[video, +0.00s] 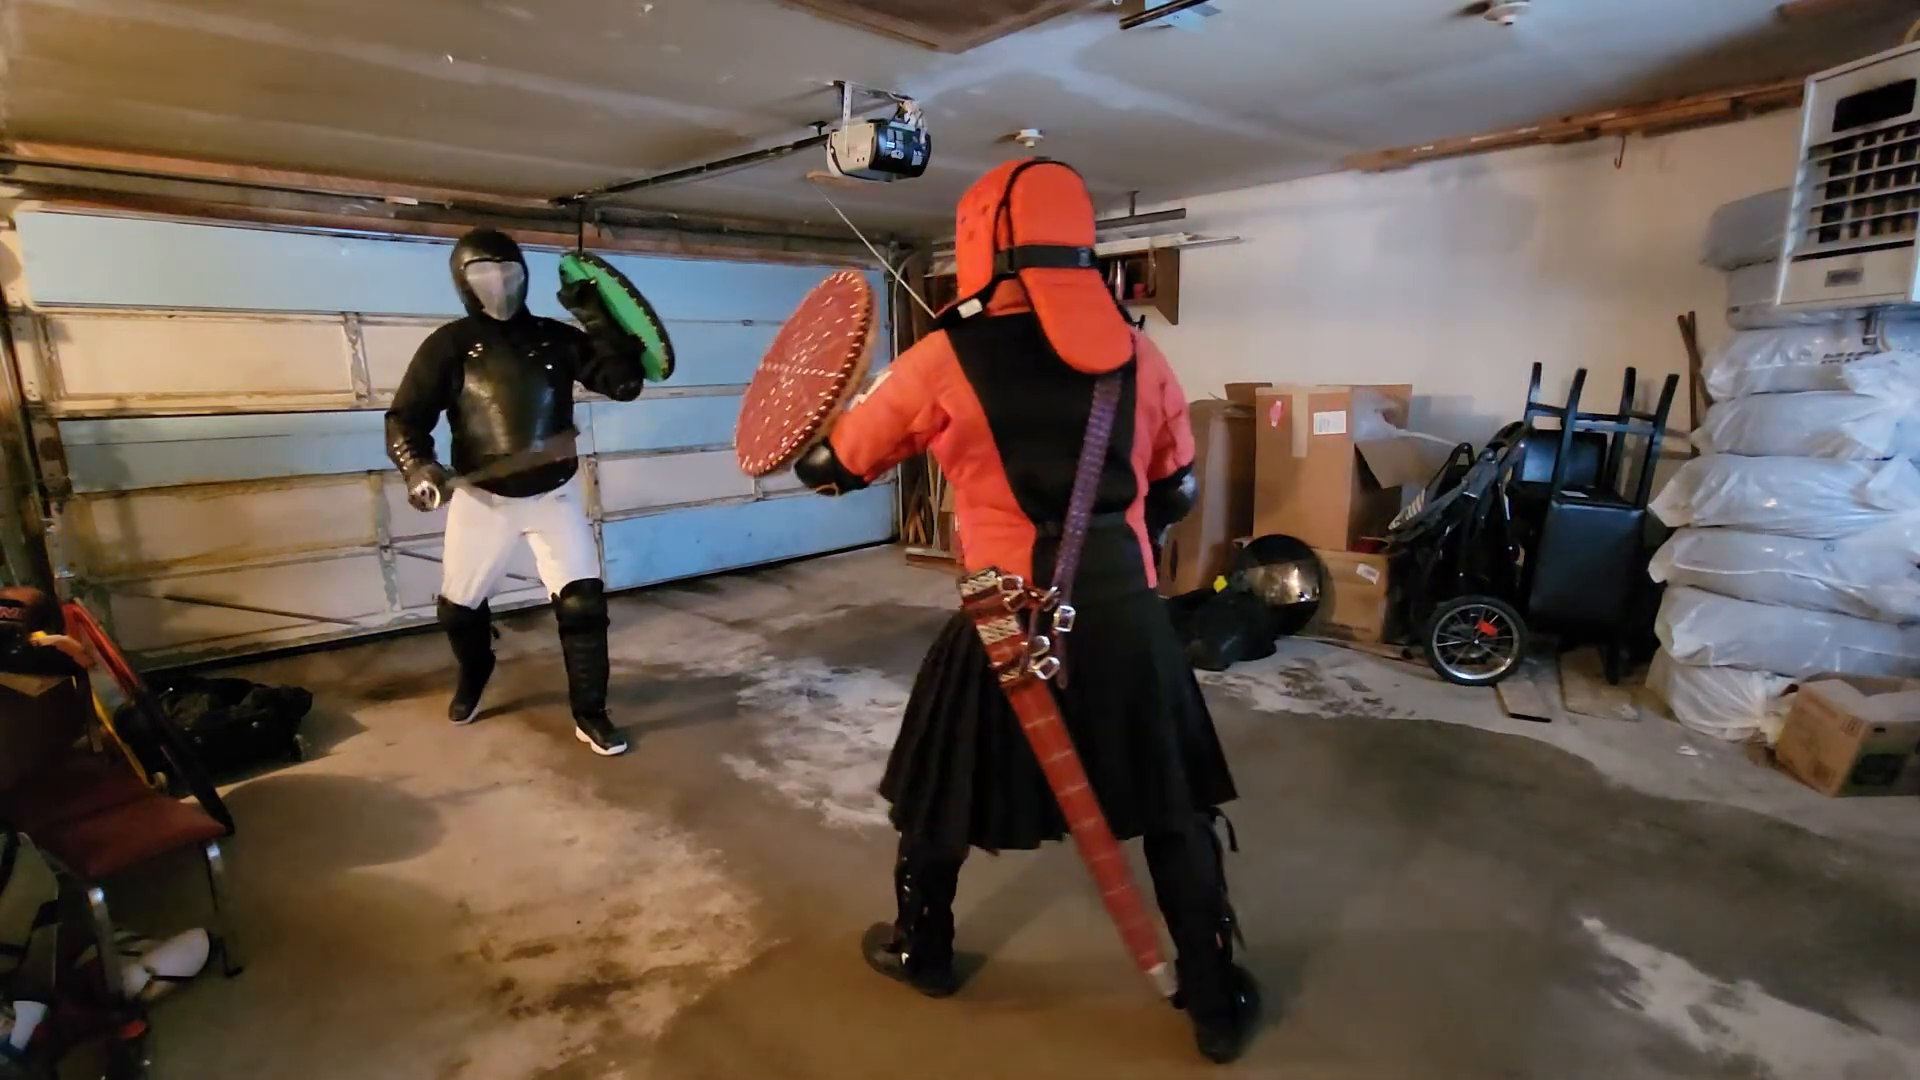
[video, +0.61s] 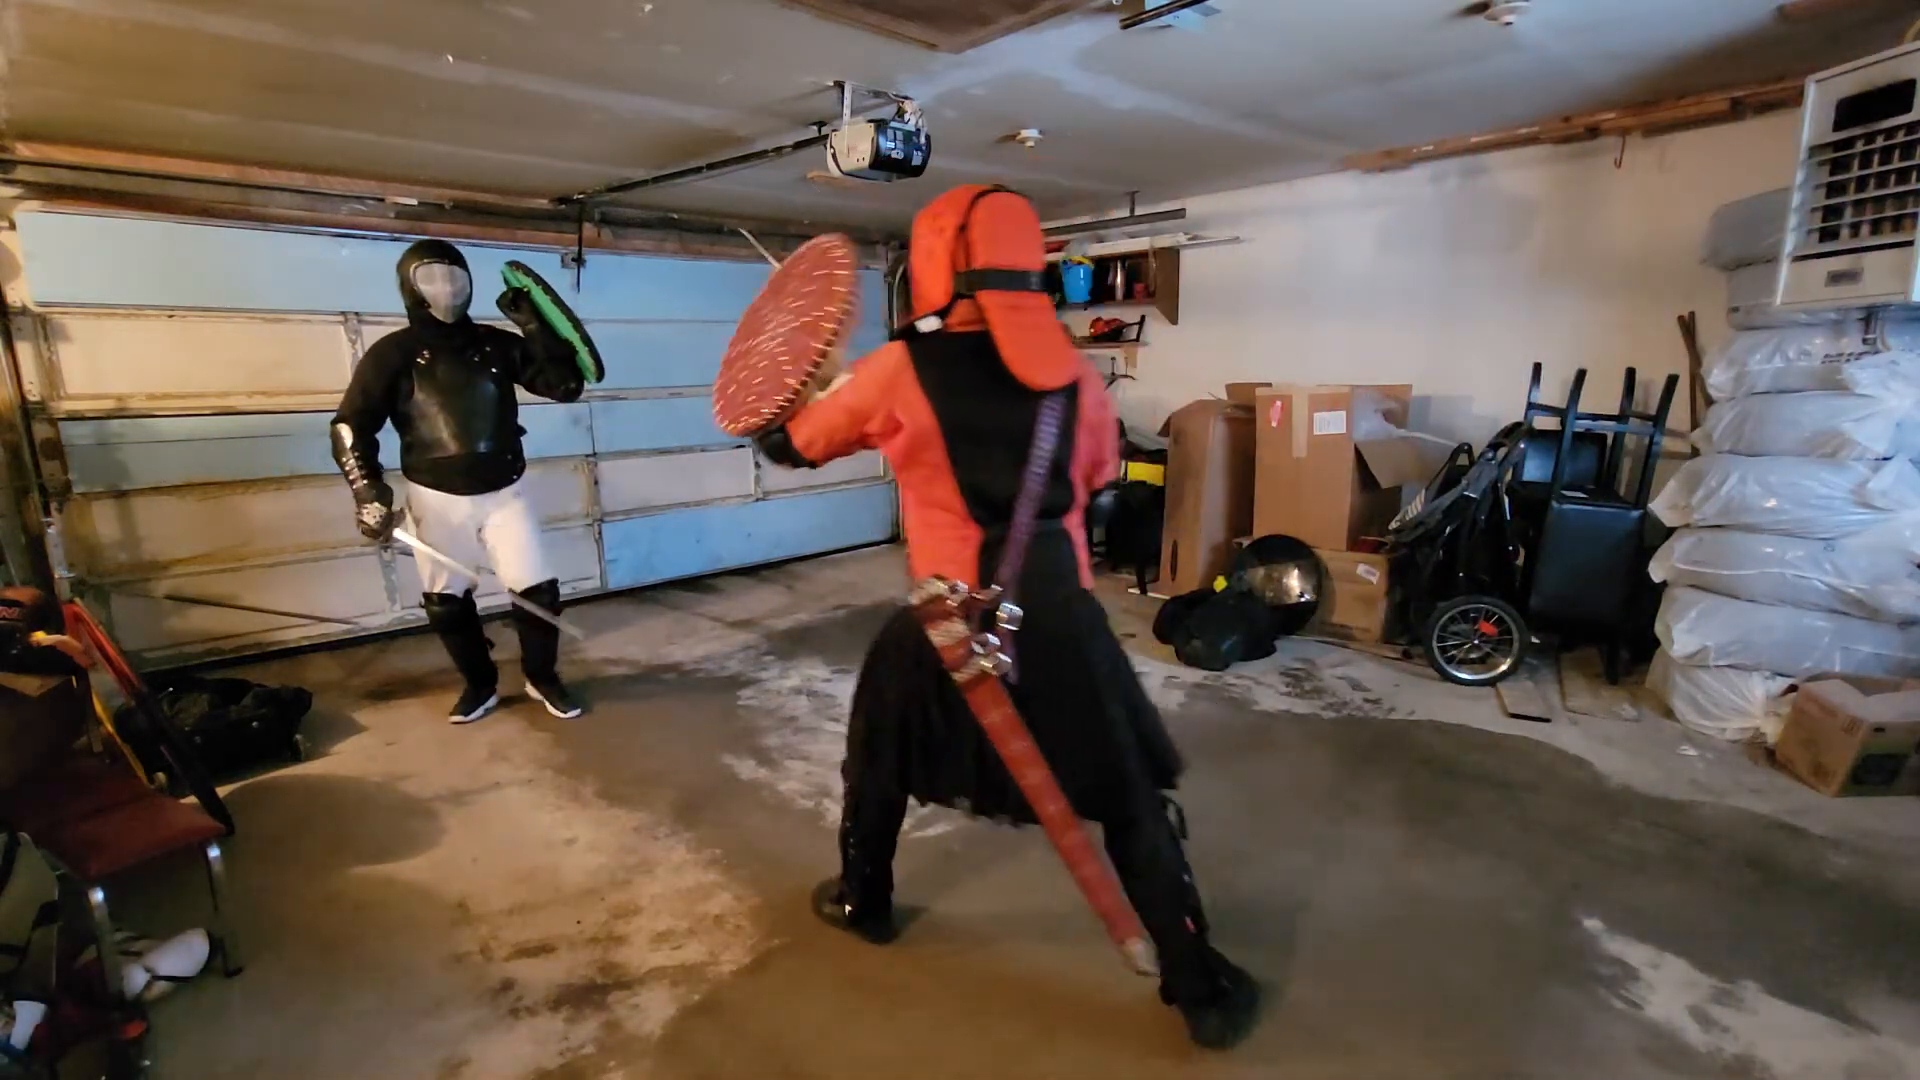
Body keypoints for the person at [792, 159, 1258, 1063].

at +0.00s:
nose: (958, 260)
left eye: (965, 244)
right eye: (961, 245)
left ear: (986, 247)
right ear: (1079, 245)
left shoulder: (945, 358)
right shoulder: (1137, 355)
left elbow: (845, 460)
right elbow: (1174, 493)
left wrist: (811, 447)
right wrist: (1107, 540)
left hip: (1002, 624)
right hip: (1127, 618)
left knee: (940, 773)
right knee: (1171, 802)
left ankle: (925, 942)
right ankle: (1216, 999)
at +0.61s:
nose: (912, 278)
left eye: (919, 264)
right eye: (921, 264)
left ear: (938, 270)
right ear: (1031, 270)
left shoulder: (903, 367)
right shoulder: (1073, 376)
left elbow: (807, 441)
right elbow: (1096, 473)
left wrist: (779, 417)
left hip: (944, 620)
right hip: (1060, 619)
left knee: (881, 734)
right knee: (1127, 791)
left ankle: (864, 894)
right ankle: (1200, 984)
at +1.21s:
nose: (943, 273)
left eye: (949, 260)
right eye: (950, 260)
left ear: (970, 267)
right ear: (1062, 264)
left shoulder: (934, 366)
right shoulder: (1107, 377)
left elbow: (833, 433)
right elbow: (1124, 489)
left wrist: (809, 391)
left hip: (967, 614)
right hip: (1080, 612)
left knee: (897, 746)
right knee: (1112, 774)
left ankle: (871, 893)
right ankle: (1131, 961)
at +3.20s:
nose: (877, 296)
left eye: (882, 285)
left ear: (895, 290)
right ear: (974, 283)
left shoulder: (866, 374)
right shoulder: (1027, 374)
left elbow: (788, 426)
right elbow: (1052, 495)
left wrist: (790, 351)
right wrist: (999, 536)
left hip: (914, 587)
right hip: (1015, 583)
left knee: (858, 713)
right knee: (1084, 732)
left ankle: (848, 853)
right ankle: (1142, 900)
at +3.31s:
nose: (902, 305)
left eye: (907, 293)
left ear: (919, 298)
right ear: (1007, 291)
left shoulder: (897, 383)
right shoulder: (1056, 382)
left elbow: (815, 429)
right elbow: (1090, 481)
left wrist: (825, 336)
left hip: (939, 599)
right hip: (1044, 596)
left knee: (870, 719)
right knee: (1105, 738)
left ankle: (850, 857)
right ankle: (1148, 907)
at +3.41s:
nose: (948, 305)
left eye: (951, 293)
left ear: (959, 298)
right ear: (1040, 297)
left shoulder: (927, 384)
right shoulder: (1093, 390)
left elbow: (847, 431)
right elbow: (1132, 509)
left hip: (962, 611)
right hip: (1073, 610)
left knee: (887, 726)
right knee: (1124, 745)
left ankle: (851, 856)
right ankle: (1151, 908)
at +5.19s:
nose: (1045, 292)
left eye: (1051, 281)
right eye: (1048, 280)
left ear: (1068, 286)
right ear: (1141, 286)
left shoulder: (1032, 369)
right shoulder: (1190, 373)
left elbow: (956, 449)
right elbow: (1226, 492)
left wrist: (934, 391)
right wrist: (1170, 517)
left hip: (1057, 578)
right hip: (1164, 580)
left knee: (985, 694)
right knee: (1207, 726)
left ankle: (974, 834)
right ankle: (1236, 890)